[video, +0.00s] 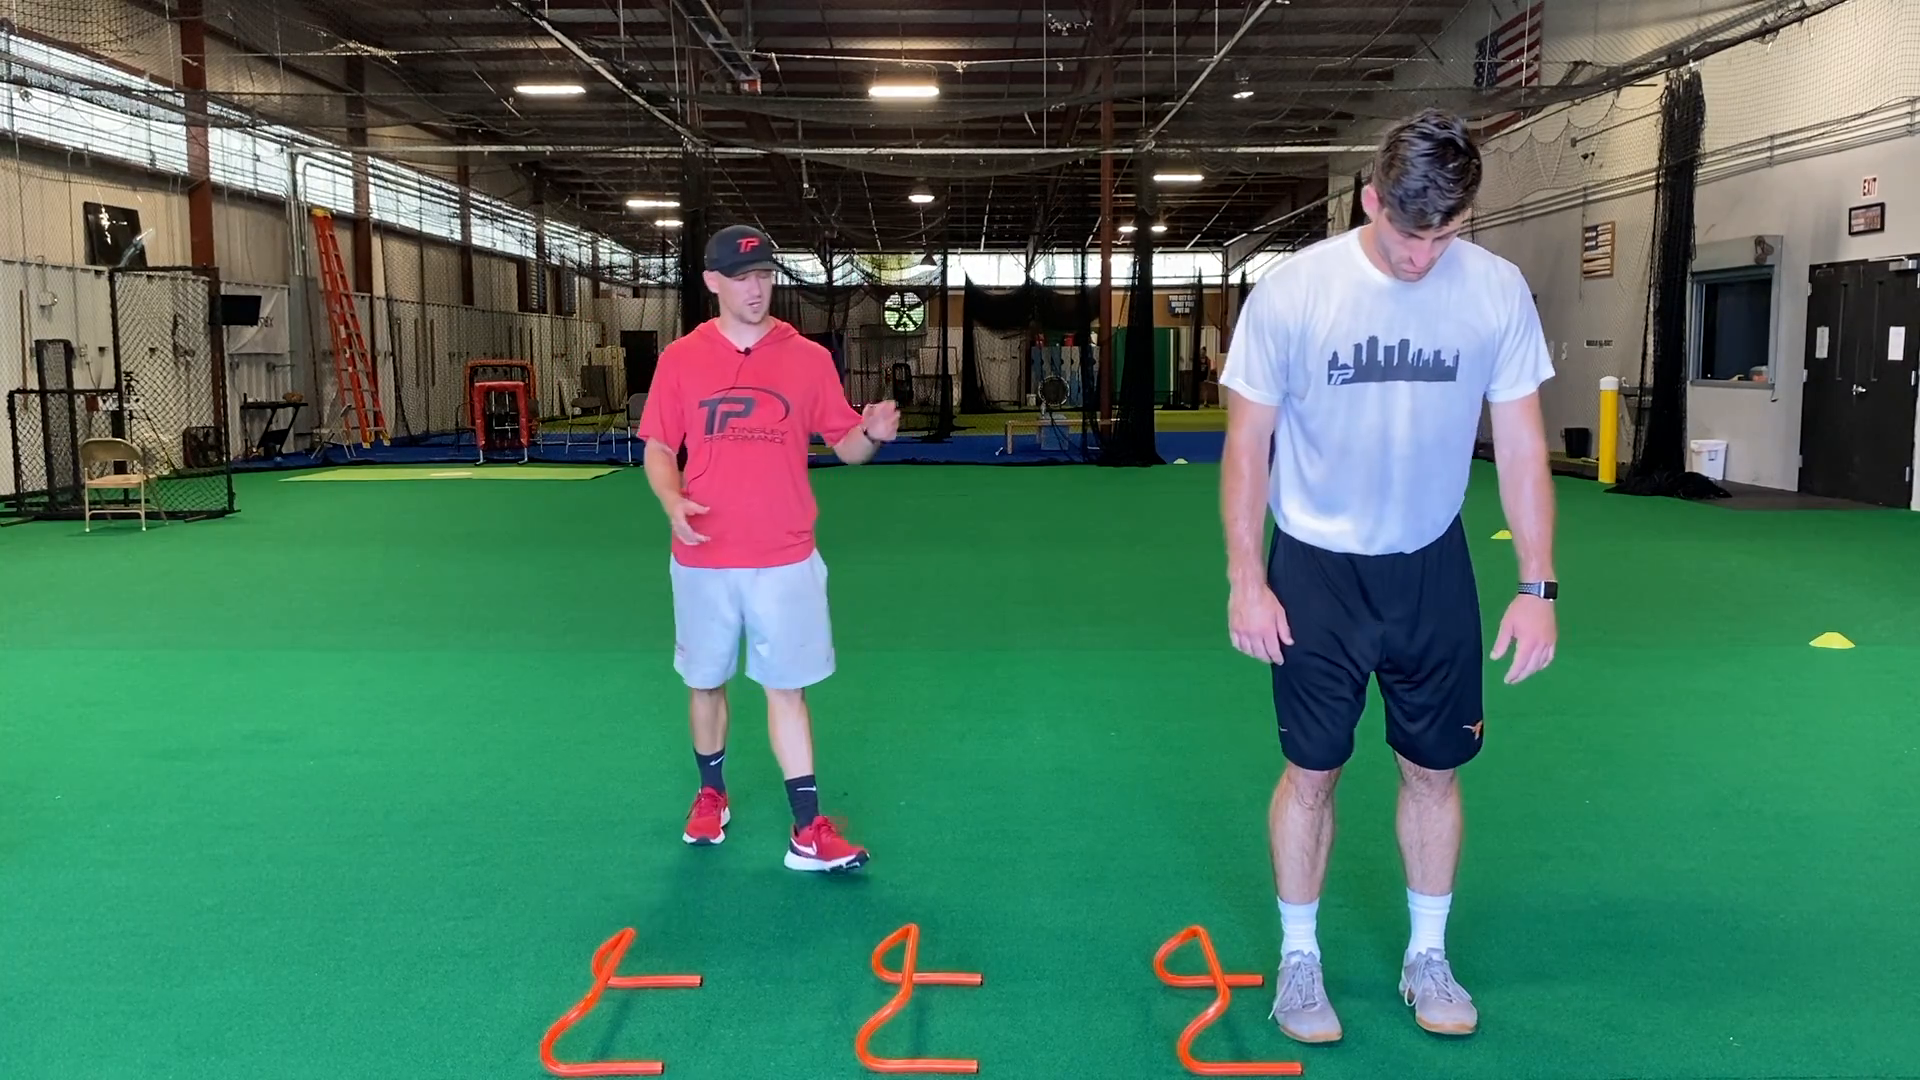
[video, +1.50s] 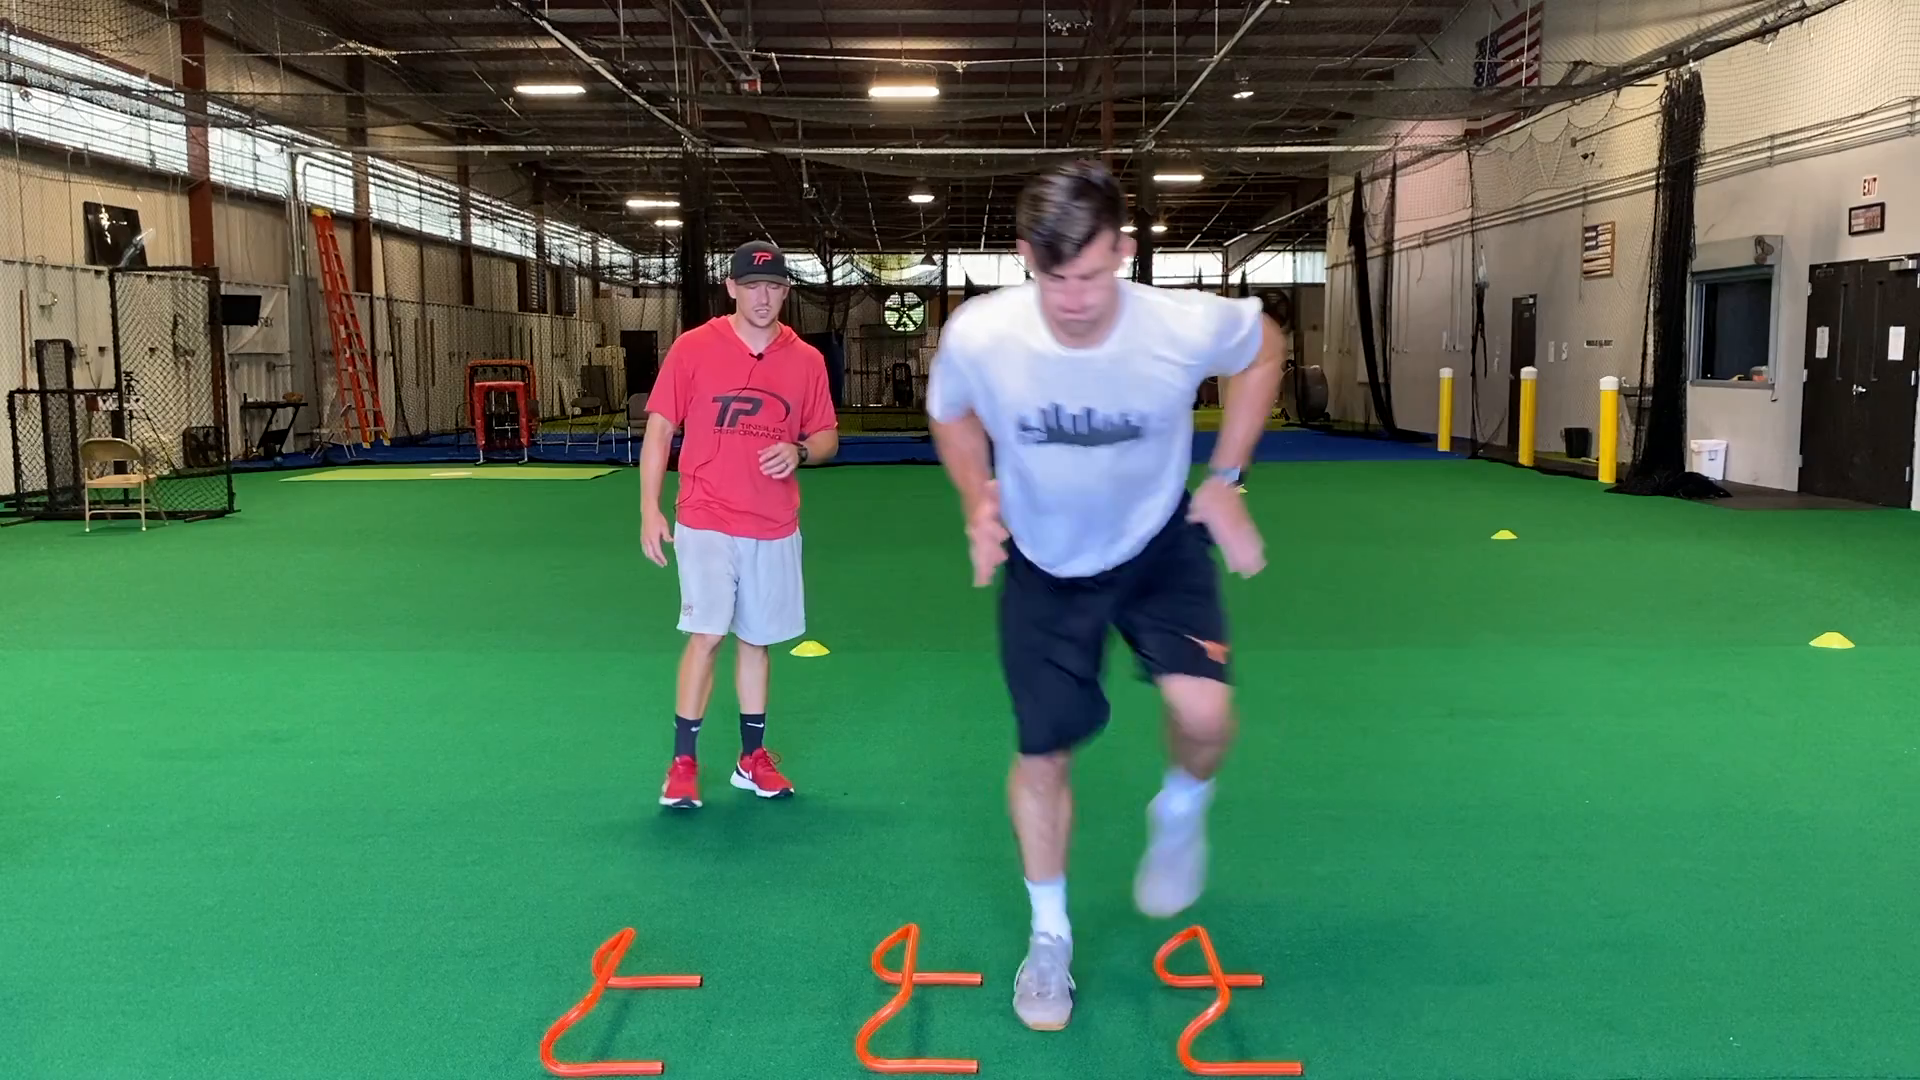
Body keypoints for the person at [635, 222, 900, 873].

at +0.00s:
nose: (756, 286)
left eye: (764, 274)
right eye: (742, 275)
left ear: (775, 278)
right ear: (713, 282)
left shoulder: (807, 359)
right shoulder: (681, 360)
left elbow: (848, 449)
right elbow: (658, 447)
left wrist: (872, 433)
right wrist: (672, 500)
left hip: (785, 556)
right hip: (703, 557)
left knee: (787, 685)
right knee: (704, 680)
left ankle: (808, 827)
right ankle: (710, 796)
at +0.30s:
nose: (707, 288)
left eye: (715, 274)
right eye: (692, 278)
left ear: (726, 276)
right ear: (668, 286)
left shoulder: (775, 345)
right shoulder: (650, 359)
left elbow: (809, 435)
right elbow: (640, 448)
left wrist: (841, 413)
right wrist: (642, 503)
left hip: (762, 539)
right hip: (683, 544)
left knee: (778, 667)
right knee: (699, 667)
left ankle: (793, 804)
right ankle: (709, 794)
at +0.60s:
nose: (706, 286)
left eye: (714, 273)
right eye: (692, 278)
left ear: (726, 276)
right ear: (667, 285)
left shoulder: (768, 342)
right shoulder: (651, 360)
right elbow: (640, 445)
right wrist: (643, 497)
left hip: (761, 536)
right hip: (685, 541)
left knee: (778, 656)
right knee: (700, 659)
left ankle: (771, 741)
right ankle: (707, 790)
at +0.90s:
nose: (729, 290)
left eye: (736, 277)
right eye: (715, 281)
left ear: (748, 281)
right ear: (691, 289)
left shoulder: (786, 349)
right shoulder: (668, 361)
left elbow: (823, 433)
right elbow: (651, 451)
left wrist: (784, 446)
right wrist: (657, 517)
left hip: (775, 538)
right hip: (702, 538)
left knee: (769, 652)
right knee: (710, 658)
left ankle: (757, 751)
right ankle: (709, 789)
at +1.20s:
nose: (759, 299)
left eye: (767, 287)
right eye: (747, 288)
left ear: (778, 291)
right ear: (722, 291)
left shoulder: (805, 357)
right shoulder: (691, 354)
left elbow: (824, 423)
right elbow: (667, 443)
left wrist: (812, 464)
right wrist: (669, 522)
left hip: (781, 531)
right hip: (714, 528)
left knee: (762, 644)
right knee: (717, 647)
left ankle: (753, 757)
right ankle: (713, 774)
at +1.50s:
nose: (762, 297)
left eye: (772, 287)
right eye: (752, 286)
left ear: (786, 292)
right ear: (731, 288)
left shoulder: (807, 360)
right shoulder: (694, 347)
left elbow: (827, 440)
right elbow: (659, 429)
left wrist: (800, 450)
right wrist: (650, 508)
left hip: (773, 524)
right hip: (706, 519)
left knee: (756, 639)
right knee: (707, 634)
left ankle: (753, 756)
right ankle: (683, 762)